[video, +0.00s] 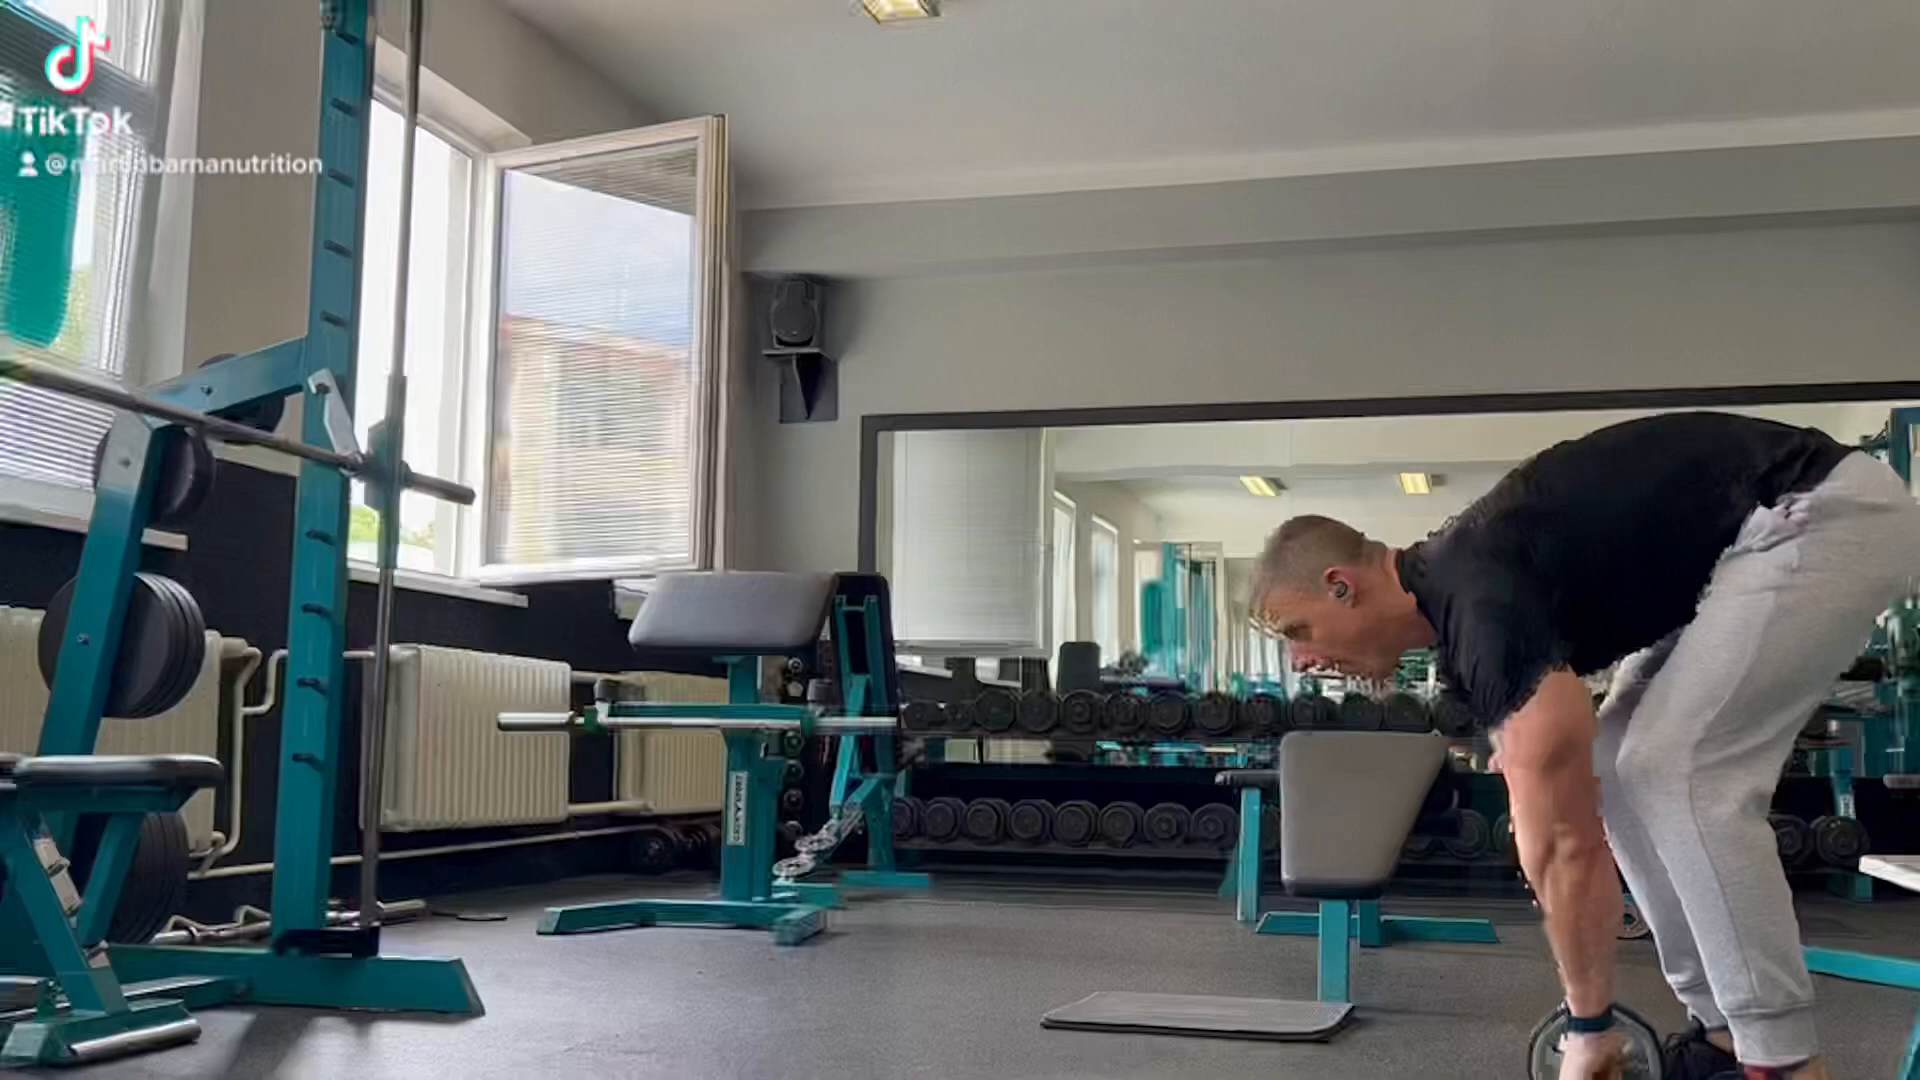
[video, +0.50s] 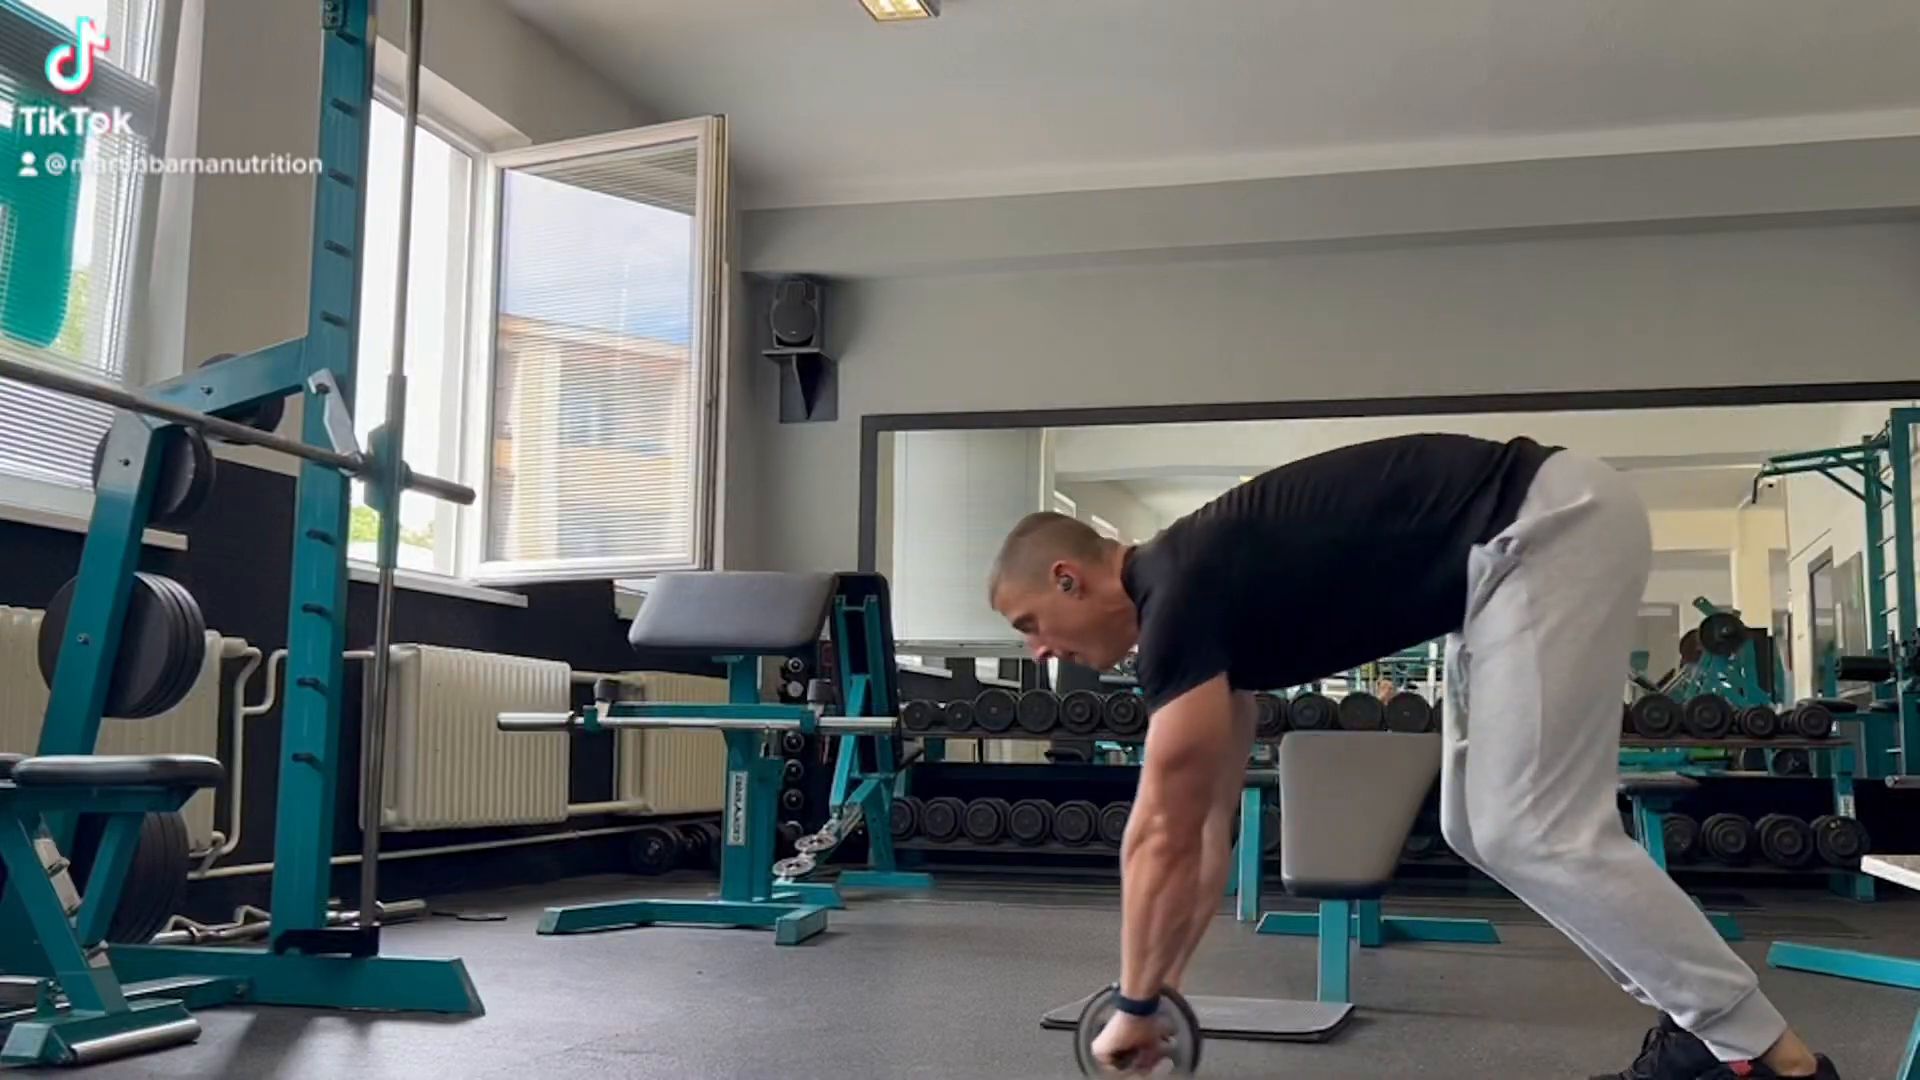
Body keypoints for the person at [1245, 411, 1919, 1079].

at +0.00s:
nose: (1306, 663)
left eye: (1298, 634)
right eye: (1291, 647)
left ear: (1348, 587)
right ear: (1354, 585)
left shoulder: (1486, 593)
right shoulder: (1461, 604)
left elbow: (1565, 847)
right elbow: (1548, 835)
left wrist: (1590, 1029)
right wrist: (1585, 1013)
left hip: (1822, 511)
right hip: (1749, 539)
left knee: (1675, 771)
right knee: (1609, 771)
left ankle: (1784, 1061)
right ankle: (1731, 1035)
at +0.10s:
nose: (1281, 664)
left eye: (1271, 636)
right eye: (1265, 648)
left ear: (1320, 587)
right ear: (1327, 585)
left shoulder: (1457, 586)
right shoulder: (1437, 599)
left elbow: (1530, 847)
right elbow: (1512, 832)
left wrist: (1556, 1031)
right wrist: (1552, 1014)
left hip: (1795, 505)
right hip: (1722, 533)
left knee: (1662, 770)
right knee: (1598, 774)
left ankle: (1794, 1067)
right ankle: (1728, 1035)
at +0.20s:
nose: (1236, 662)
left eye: (1226, 635)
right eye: (1220, 646)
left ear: (1275, 587)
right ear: (1282, 585)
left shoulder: (1411, 584)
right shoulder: (1392, 594)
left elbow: (1467, 841)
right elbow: (1451, 829)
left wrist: (1475, 1023)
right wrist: (1476, 1010)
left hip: (1748, 505)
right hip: (1678, 535)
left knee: (1635, 781)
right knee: (1583, 781)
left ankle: (1781, 1056)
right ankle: (1722, 1030)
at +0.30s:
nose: (1182, 659)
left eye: (1171, 632)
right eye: (1165, 644)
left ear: (1218, 581)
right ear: (1224, 581)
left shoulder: (1348, 578)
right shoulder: (1330, 599)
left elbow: (1374, 839)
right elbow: (1372, 825)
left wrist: (1364, 1016)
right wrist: (1364, 1005)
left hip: (1691, 504)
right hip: (1623, 547)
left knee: (1605, 792)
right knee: (1555, 794)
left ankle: (1776, 1056)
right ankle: (1714, 1030)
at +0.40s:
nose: (1114, 654)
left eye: (1104, 629)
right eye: (1098, 640)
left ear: (1152, 578)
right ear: (1158, 576)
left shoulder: (1268, 586)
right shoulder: (1265, 591)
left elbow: (1270, 834)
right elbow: (1290, 823)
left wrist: (1243, 1011)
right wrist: (1255, 993)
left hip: (1623, 518)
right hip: (1574, 548)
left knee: (1568, 806)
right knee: (1526, 808)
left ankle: (1773, 1054)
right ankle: (1711, 1023)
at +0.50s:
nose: (1042, 652)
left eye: (1031, 626)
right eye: (1026, 636)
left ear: (1083, 579)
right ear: (1095, 572)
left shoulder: (1189, 593)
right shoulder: (1192, 599)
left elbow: (1167, 827)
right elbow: (1196, 830)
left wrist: (1137, 1000)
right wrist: (1150, 995)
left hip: (1549, 522)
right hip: (1500, 556)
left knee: (1526, 823)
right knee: (1481, 821)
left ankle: (1767, 1050)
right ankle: (1698, 1011)